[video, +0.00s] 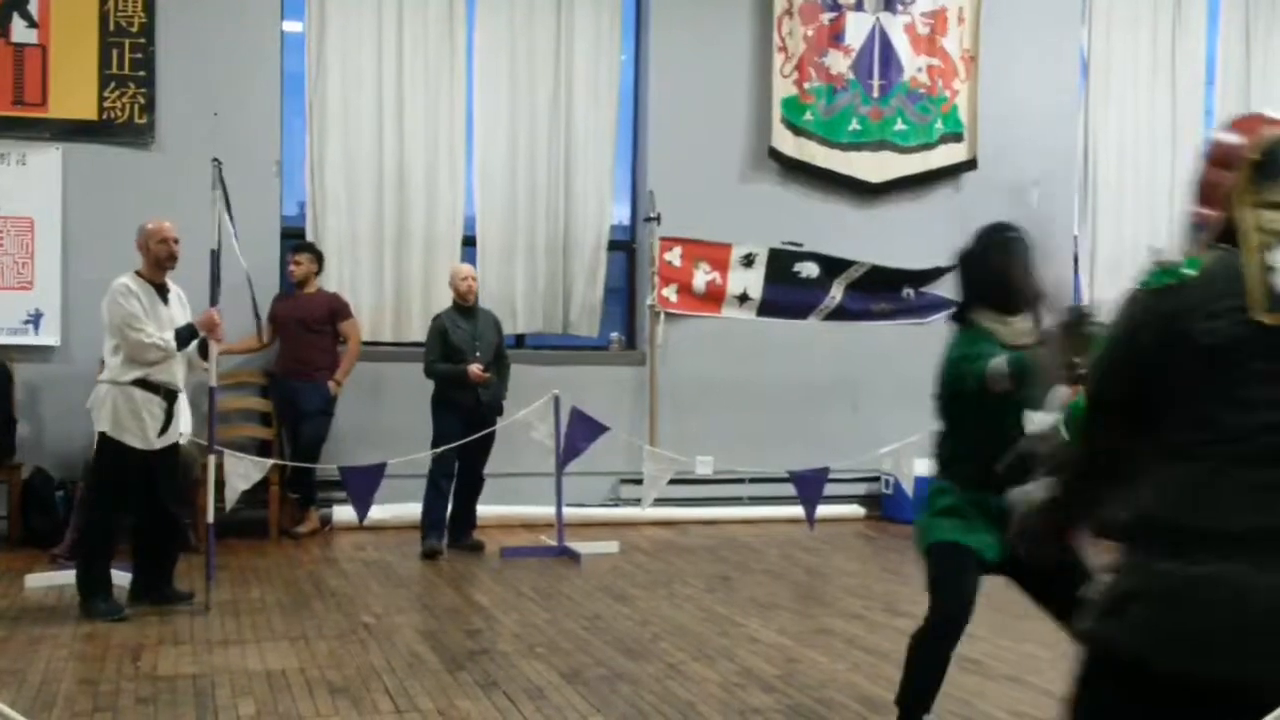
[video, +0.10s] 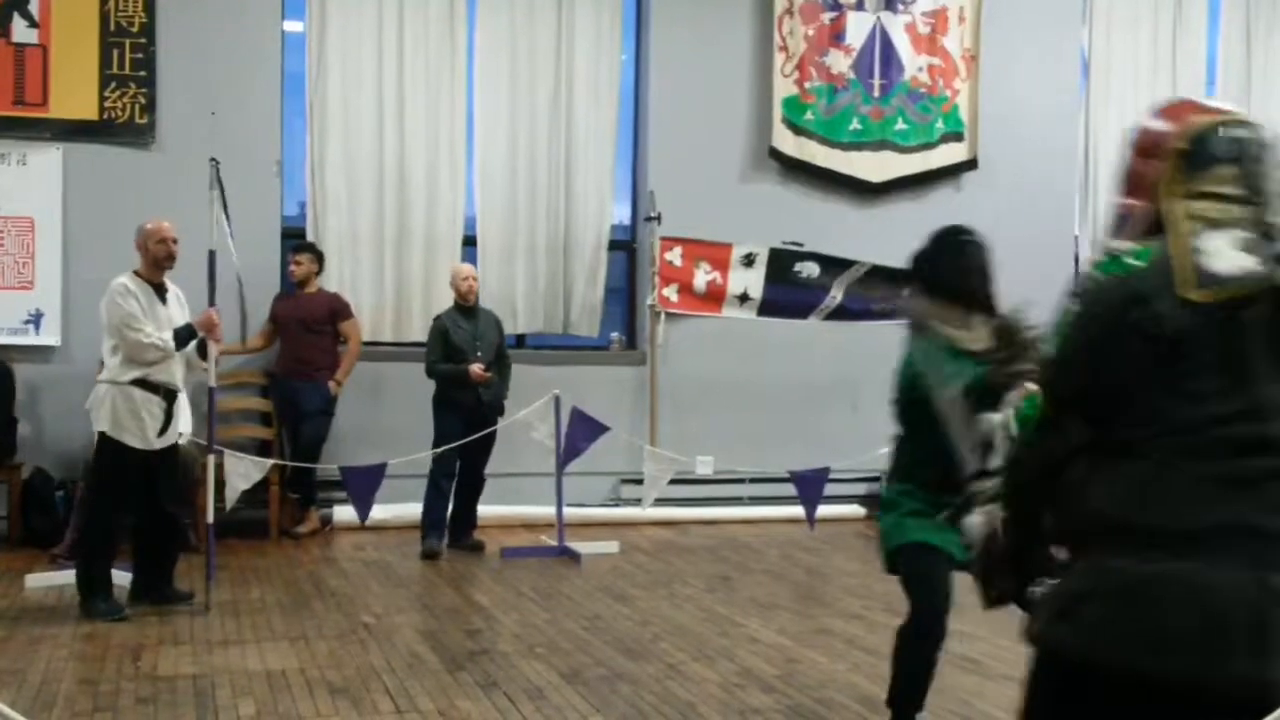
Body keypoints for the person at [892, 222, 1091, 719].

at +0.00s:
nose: (1027, 276)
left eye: (1026, 265)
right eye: (1015, 267)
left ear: (1031, 272)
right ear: (990, 276)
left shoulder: (1035, 340)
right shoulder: (968, 350)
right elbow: (1003, 377)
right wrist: (1055, 349)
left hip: (1023, 514)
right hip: (962, 510)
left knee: (1098, 616)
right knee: (949, 612)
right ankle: (910, 712)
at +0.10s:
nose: (974, 286)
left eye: (975, 276)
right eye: (965, 276)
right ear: (949, 280)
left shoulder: (995, 340)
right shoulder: (927, 350)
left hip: (977, 501)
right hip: (918, 503)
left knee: (1050, 595)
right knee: (930, 609)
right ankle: (903, 710)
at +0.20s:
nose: (943, 278)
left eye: (942, 268)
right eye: (933, 269)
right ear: (914, 278)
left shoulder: (960, 349)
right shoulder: (881, 356)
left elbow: (999, 396)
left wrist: (987, 412)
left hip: (945, 500)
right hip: (888, 502)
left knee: (1001, 608)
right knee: (906, 612)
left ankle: (930, 657)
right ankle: (897, 708)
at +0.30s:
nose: (890, 279)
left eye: (899, 268)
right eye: (882, 268)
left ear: (911, 270)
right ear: (863, 268)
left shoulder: (929, 334)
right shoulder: (843, 337)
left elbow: (954, 391)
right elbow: (827, 407)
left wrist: (927, 417)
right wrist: (874, 420)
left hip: (920, 497)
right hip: (859, 496)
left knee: (937, 605)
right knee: (874, 618)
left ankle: (861, 669)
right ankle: (874, 705)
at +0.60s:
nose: (795, 281)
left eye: (803, 270)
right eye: (785, 269)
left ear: (817, 269)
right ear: (767, 266)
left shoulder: (830, 329)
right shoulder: (744, 329)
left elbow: (844, 389)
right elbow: (751, 400)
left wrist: (819, 423)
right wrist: (786, 449)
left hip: (808, 478)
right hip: (741, 472)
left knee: (827, 589)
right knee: (701, 573)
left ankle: (829, 691)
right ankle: (664, 661)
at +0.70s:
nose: (756, 264)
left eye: (762, 255)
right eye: (747, 254)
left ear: (772, 257)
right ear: (728, 256)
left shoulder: (782, 315)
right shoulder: (704, 327)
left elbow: (803, 371)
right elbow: (714, 405)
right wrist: (752, 455)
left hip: (759, 459)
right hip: (700, 457)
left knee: (775, 561)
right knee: (683, 563)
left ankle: (783, 666)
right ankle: (666, 664)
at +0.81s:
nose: (708, 270)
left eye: (715, 260)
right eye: (698, 261)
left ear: (727, 259)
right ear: (679, 261)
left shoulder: (739, 318)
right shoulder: (655, 329)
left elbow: (757, 386)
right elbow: (665, 406)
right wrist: (709, 448)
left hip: (711, 457)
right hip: (656, 456)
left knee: (729, 554)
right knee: (651, 565)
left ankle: (675, 599)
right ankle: (654, 661)